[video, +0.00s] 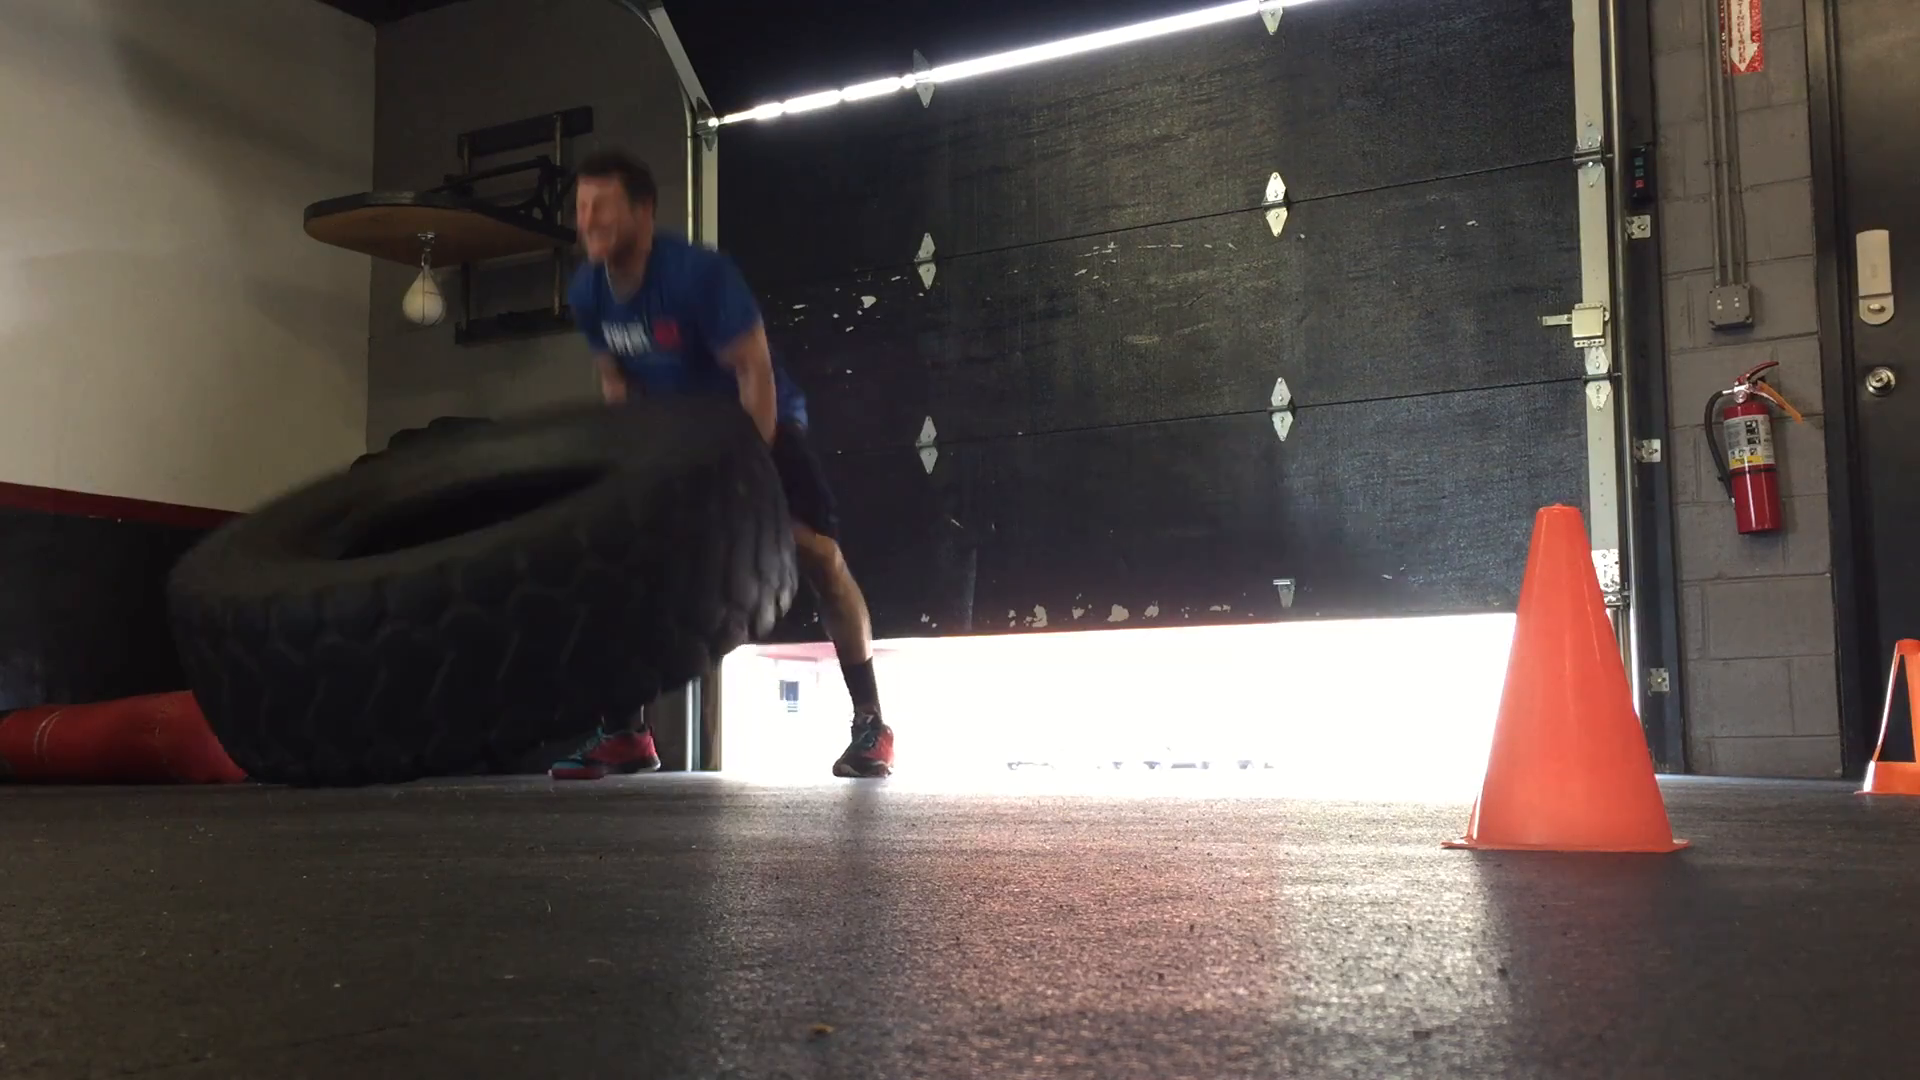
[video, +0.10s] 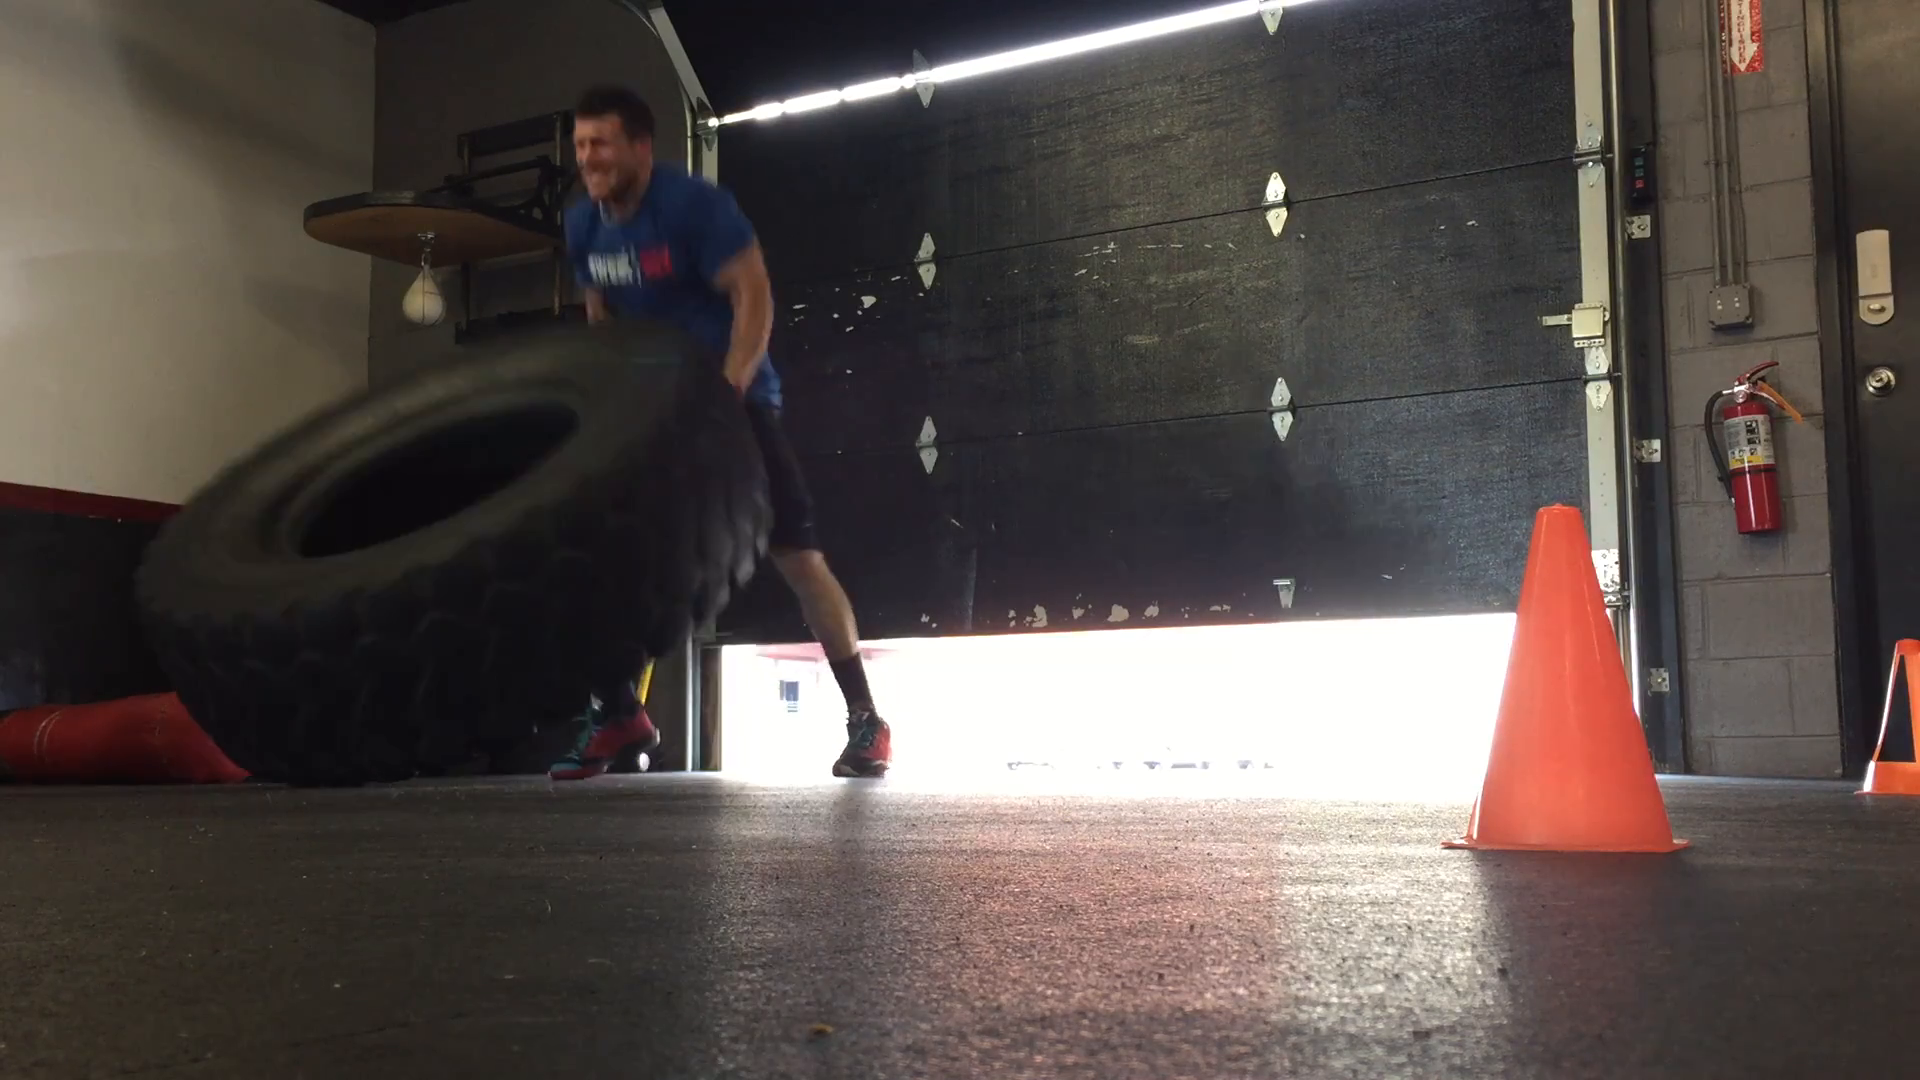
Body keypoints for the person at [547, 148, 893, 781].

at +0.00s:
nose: (590, 224)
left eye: (604, 209)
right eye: (582, 212)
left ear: (644, 212)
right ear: (575, 219)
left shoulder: (703, 274)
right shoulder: (588, 291)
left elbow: (757, 373)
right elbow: (614, 380)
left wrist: (746, 473)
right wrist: (633, 462)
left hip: (761, 428)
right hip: (677, 439)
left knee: (819, 556)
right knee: (628, 567)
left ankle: (870, 724)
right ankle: (628, 730)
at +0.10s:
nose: (589, 159)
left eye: (602, 145)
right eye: (581, 147)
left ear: (643, 146)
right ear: (575, 151)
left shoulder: (697, 203)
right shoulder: (582, 220)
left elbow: (756, 298)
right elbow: (599, 317)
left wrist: (728, 393)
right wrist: (610, 392)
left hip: (736, 400)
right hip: (655, 407)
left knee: (797, 553)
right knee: (626, 555)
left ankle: (865, 719)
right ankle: (624, 712)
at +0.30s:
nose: (534, 158)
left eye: (547, 142)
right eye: (525, 145)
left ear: (591, 138)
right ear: (518, 147)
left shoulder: (664, 197)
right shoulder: (537, 226)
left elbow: (757, 267)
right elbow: (522, 319)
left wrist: (699, 293)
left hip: (700, 415)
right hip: (602, 421)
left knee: (773, 565)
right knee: (531, 558)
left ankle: (863, 712)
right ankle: (509, 728)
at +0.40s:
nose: (512, 156)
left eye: (527, 140)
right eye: (501, 142)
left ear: (565, 140)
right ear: (491, 147)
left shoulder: (630, 207)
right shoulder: (509, 225)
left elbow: (695, 310)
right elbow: (496, 322)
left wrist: (599, 324)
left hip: (672, 421)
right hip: (573, 428)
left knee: (723, 565)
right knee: (517, 564)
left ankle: (842, 696)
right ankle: (498, 732)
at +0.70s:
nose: (589, 159)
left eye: (601, 145)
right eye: (572, 143)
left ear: (614, 154)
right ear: (536, 154)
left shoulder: (643, 223)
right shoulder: (509, 232)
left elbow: (687, 333)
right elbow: (446, 297)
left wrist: (588, 256)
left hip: (680, 405)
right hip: (598, 417)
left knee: (649, 519)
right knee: (491, 537)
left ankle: (750, 712)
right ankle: (498, 731)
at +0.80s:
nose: (650, 169)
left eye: (662, 156)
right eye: (633, 153)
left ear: (675, 167)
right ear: (594, 165)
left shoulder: (694, 246)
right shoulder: (564, 236)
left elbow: (791, 333)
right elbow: (473, 274)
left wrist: (701, 246)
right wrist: (447, 192)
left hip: (693, 434)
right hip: (601, 445)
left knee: (642, 516)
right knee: (494, 561)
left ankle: (745, 718)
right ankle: (496, 739)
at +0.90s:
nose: (738, 123)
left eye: (748, 109)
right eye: (723, 108)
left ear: (761, 121)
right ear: (687, 121)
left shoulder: (791, 196)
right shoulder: (654, 193)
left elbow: (889, 243)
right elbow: (564, 223)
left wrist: (855, 160)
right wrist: (528, 128)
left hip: (753, 415)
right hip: (659, 416)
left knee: (675, 513)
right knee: (575, 571)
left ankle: (751, 723)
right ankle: (512, 713)